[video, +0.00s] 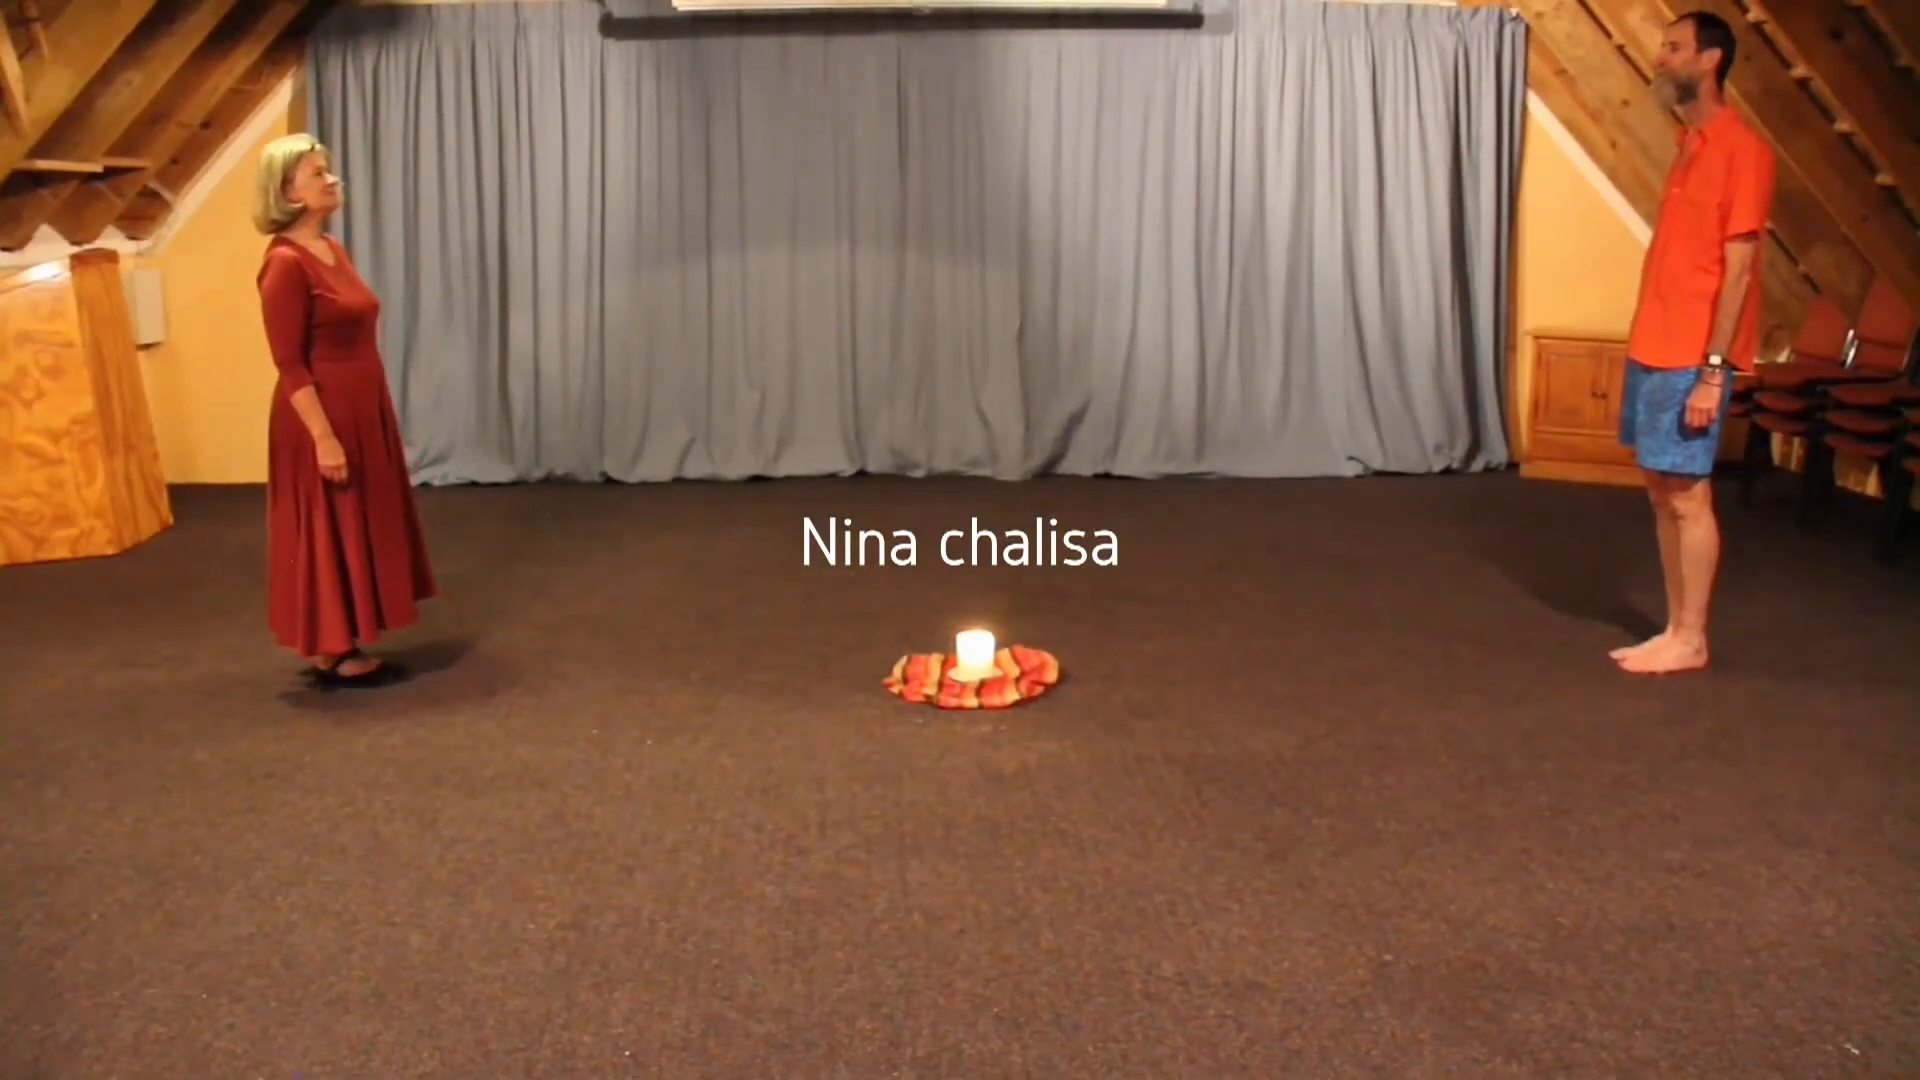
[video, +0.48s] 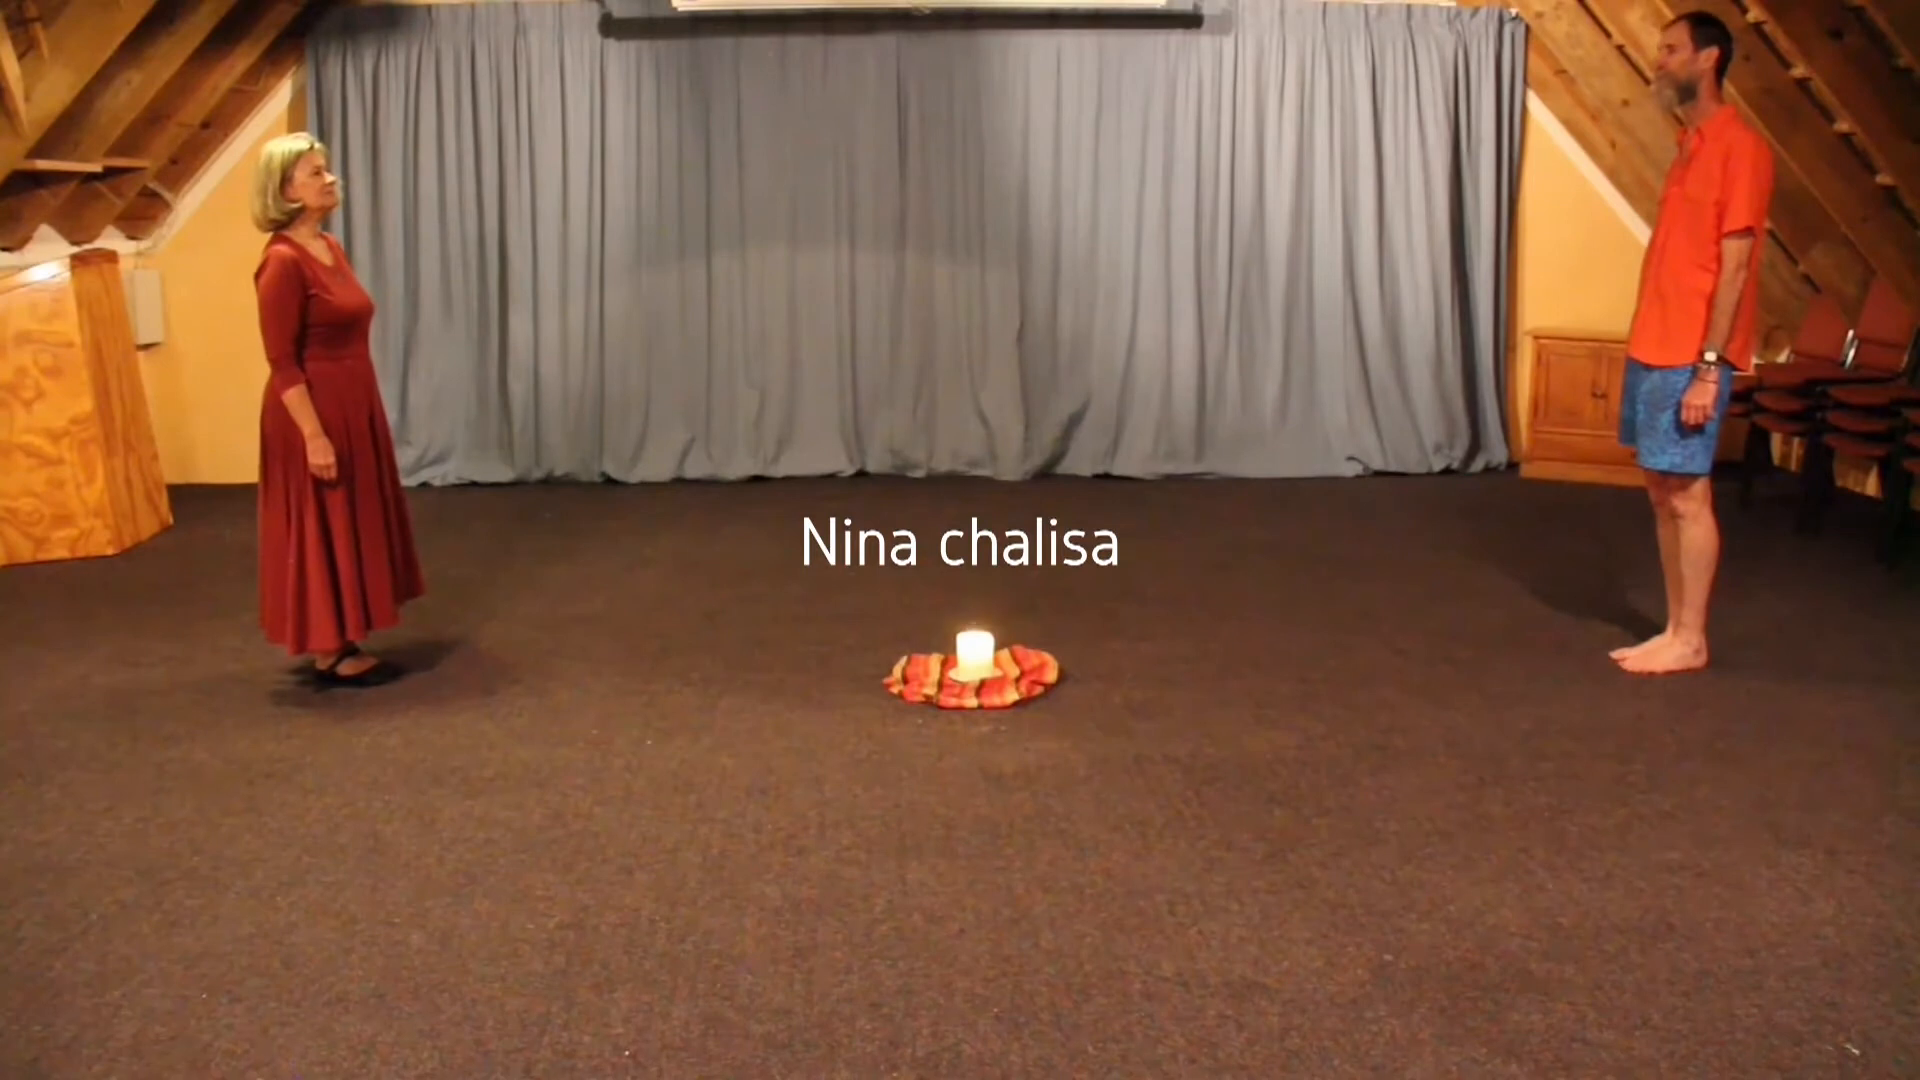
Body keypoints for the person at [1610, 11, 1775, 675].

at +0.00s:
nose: (1660, 58)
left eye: (1674, 47)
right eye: (1662, 46)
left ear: (1711, 59)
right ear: (1693, 61)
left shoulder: (1743, 147)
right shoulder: (1694, 144)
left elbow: (1740, 268)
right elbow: (1684, 258)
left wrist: (1715, 367)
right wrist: (1651, 348)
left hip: (1693, 360)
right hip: (1656, 354)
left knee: (1688, 499)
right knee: (1663, 496)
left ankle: (1692, 639)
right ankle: (1677, 630)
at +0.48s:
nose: (1658, 61)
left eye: (1670, 49)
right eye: (1659, 49)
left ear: (1709, 58)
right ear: (1694, 59)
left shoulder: (1741, 144)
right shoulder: (1695, 142)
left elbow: (1736, 266)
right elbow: (1683, 257)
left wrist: (1710, 365)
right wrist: (1654, 348)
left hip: (1692, 359)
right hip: (1657, 353)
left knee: (1688, 499)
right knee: (1664, 495)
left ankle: (1691, 639)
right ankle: (1676, 631)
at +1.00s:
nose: (1655, 66)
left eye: (1665, 54)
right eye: (1654, 54)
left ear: (1704, 59)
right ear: (1693, 61)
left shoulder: (1738, 142)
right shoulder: (1696, 142)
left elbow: (1734, 263)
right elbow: (1689, 256)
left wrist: (1710, 363)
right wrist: (1660, 349)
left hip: (1692, 358)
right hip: (1658, 352)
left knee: (1687, 498)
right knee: (1663, 494)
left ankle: (1691, 639)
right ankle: (1676, 631)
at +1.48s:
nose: (1653, 62)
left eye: (1666, 51)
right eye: (1654, 50)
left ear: (1704, 60)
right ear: (1691, 62)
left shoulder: (1737, 143)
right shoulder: (1695, 142)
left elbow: (1734, 264)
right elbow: (1691, 258)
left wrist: (1714, 363)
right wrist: (1659, 348)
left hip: (1690, 358)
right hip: (1657, 352)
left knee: (1684, 498)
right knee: (1661, 494)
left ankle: (1691, 639)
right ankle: (1676, 630)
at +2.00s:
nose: (1655, 58)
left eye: (1668, 47)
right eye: (1657, 46)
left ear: (1706, 59)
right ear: (1690, 60)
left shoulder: (1737, 145)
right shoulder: (1691, 142)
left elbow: (1733, 266)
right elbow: (1686, 258)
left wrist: (1720, 370)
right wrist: (1652, 347)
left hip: (1691, 359)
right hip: (1655, 353)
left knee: (1687, 498)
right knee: (1662, 495)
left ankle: (1691, 639)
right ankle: (1677, 631)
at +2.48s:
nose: (1655, 59)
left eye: (1668, 48)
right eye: (1656, 47)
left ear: (1707, 59)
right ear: (1688, 60)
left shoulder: (1738, 145)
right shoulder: (1689, 143)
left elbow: (1735, 261)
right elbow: (1684, 255)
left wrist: (1726, 369)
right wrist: (1650, 346)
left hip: (1691, 358)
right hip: (1653, 353)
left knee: (1687, 497)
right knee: (1660, 493)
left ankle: (1691, 639)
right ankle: (1677, 630)